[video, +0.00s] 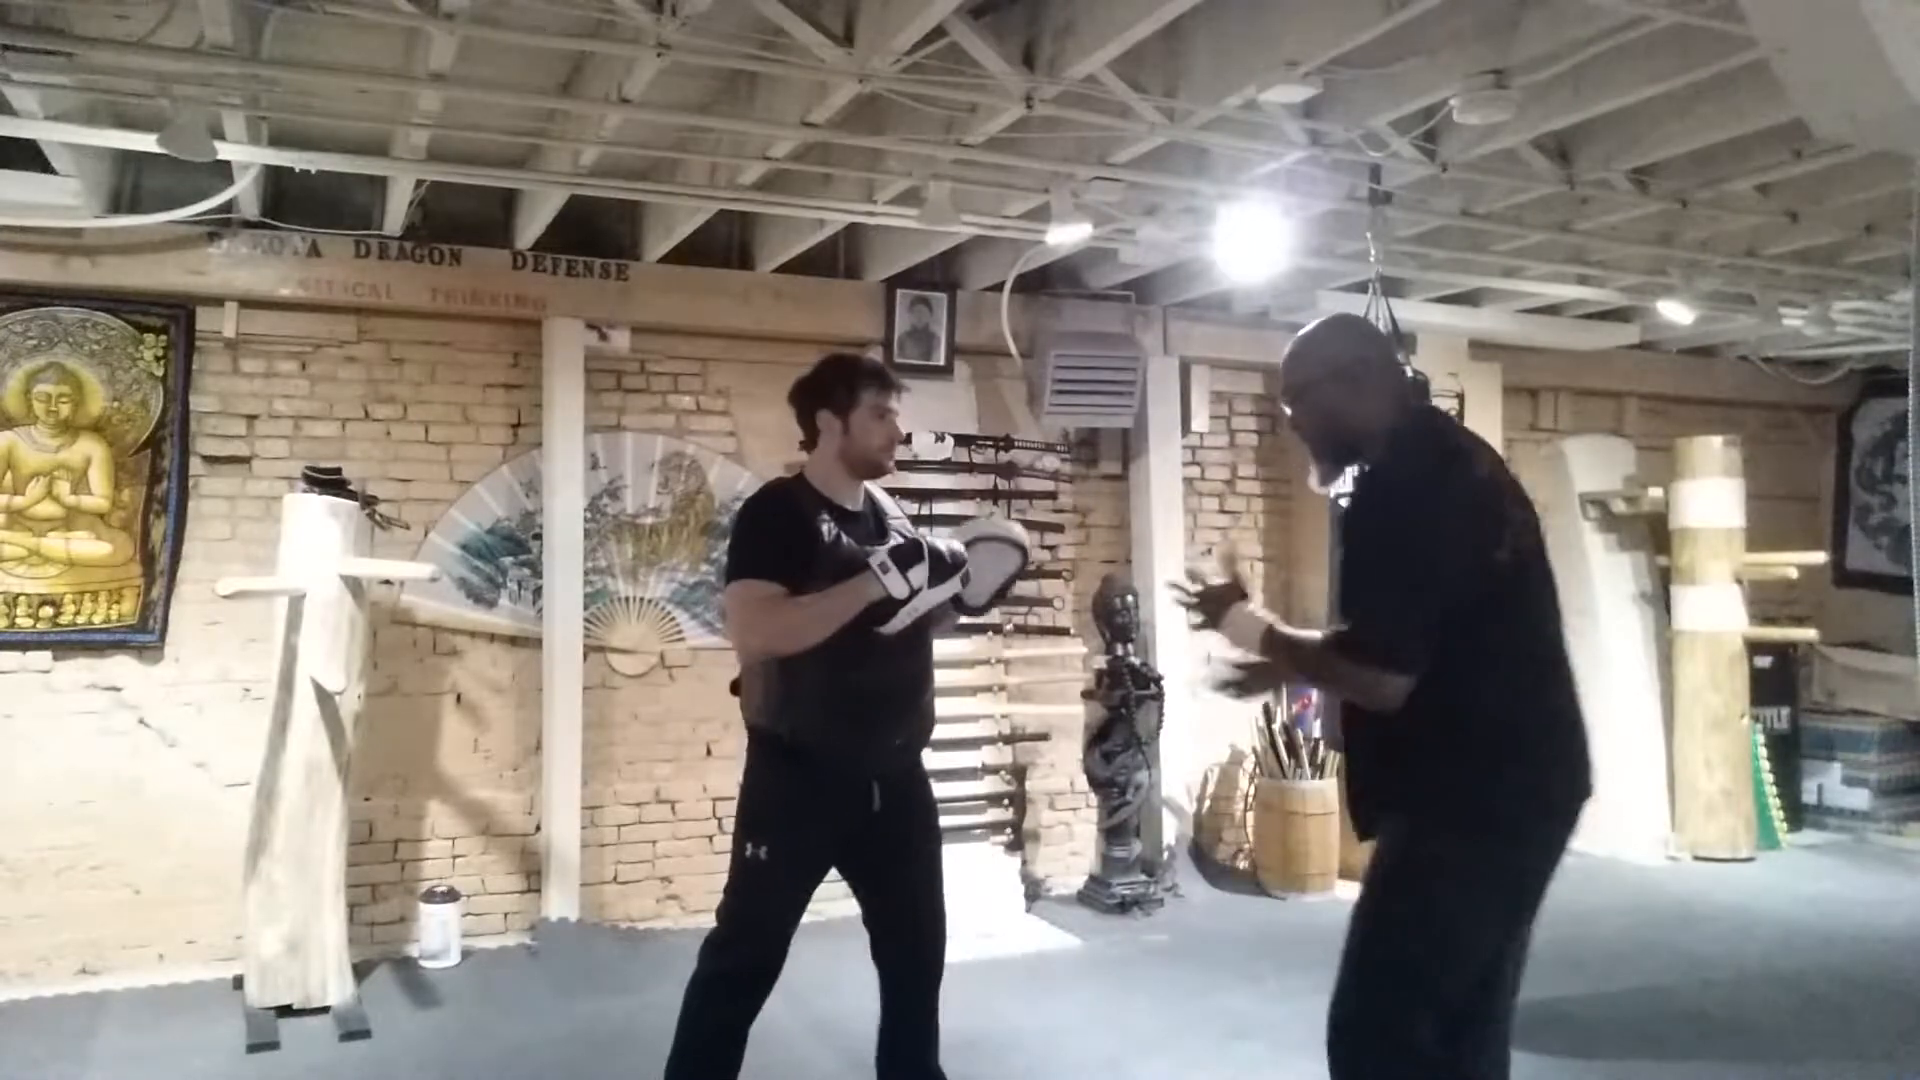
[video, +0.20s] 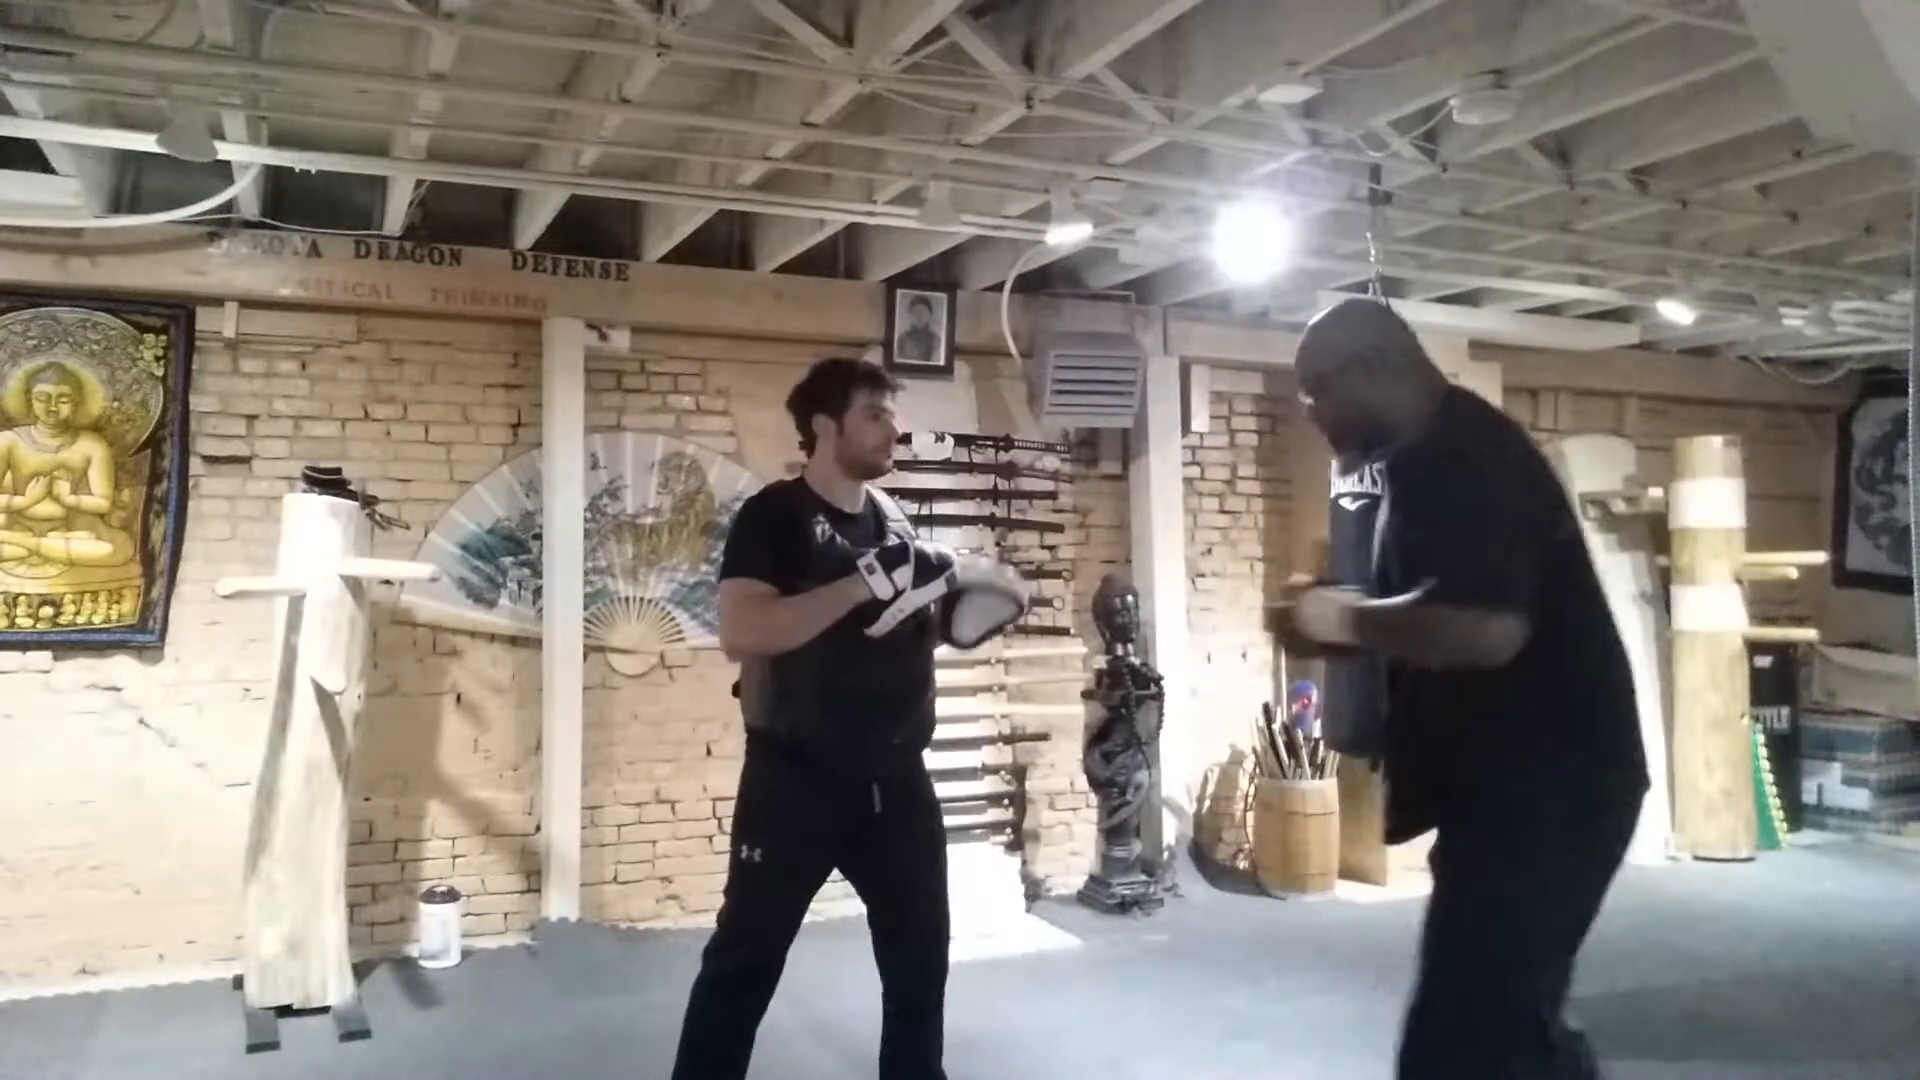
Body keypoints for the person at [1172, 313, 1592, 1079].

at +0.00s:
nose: (1294, 423)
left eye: (1299, 399)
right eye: (1288, 404)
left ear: (1358, 382)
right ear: (1371, 382)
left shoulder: (1405, 478)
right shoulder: (1453, 459)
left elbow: (1382, 672)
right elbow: (1412, 648)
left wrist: (1253, 628)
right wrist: (1288, 669)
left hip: (1468, 800)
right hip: (1519, 786)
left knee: (1375, 1038)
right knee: (1465, 1035)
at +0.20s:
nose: (1313, 415)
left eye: (1317, 390)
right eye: (1307, 395)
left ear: (1372, 369)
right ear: (1376, 369)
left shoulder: (1468, 452)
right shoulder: (1409, 462)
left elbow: (1490, 627)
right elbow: (1431, 606)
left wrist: (1347, 617)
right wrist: (1332, 620)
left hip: (1547, 798)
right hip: (1497, 794)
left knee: (1456, 1048)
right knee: (1508, 1033)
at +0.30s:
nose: (1337, 402)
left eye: (1344, 379)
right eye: (1332, 382)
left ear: (1401, 365)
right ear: (1403, 366)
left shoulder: (1508, 445)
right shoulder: (1427, 467)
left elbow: (1588, 601)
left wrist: (1414, 619)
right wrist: (1376, 646)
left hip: (1562, 817)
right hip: (1504, 810)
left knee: (1463, 1056)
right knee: (1546, 1039)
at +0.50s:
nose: (1411, 418)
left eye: (1419, 393)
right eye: (1409, 398)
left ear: (1477, 375)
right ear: (1488, 377)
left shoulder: (1590, 469)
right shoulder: (1529, 479)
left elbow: (1695, 639)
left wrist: (1500, 651)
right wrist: (1451, 642)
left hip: (1580, 835)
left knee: (1406, 1035)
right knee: (1630, 1043)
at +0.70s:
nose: (1441, 392)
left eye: (1450, 367)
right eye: (1439, 372)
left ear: (1508, 351)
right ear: (1517, 353)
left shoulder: (1587, 449)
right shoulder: (1585, 443)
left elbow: (1621, 633)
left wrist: (1470, 623)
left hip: (1585, 811)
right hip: (1641, 808)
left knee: (1425, 1032)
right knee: (1662, 1056)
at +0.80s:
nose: (1436, 394)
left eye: (1442, 369)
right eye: (1433, 375)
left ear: (1505, 350)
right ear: (1521, 351)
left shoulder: (1563, 450)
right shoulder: (1615, 442)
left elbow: (1554, 641)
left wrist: (1442, 620)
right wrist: (1479, 648)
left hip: (1576, 823)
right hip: (1655, 811)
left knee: (1462, 1057)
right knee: (1669, 1055)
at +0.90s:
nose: (1417, 395)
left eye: (1424, 372)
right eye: (1414, 375)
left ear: (1484, 360)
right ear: (1500, 359)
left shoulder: (1538, 464)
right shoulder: (1604, 447)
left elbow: (1506, 661)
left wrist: (1420, 619)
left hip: (1578, 825)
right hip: (1662, 810)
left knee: (1453, 1053)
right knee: (1664, 1048)